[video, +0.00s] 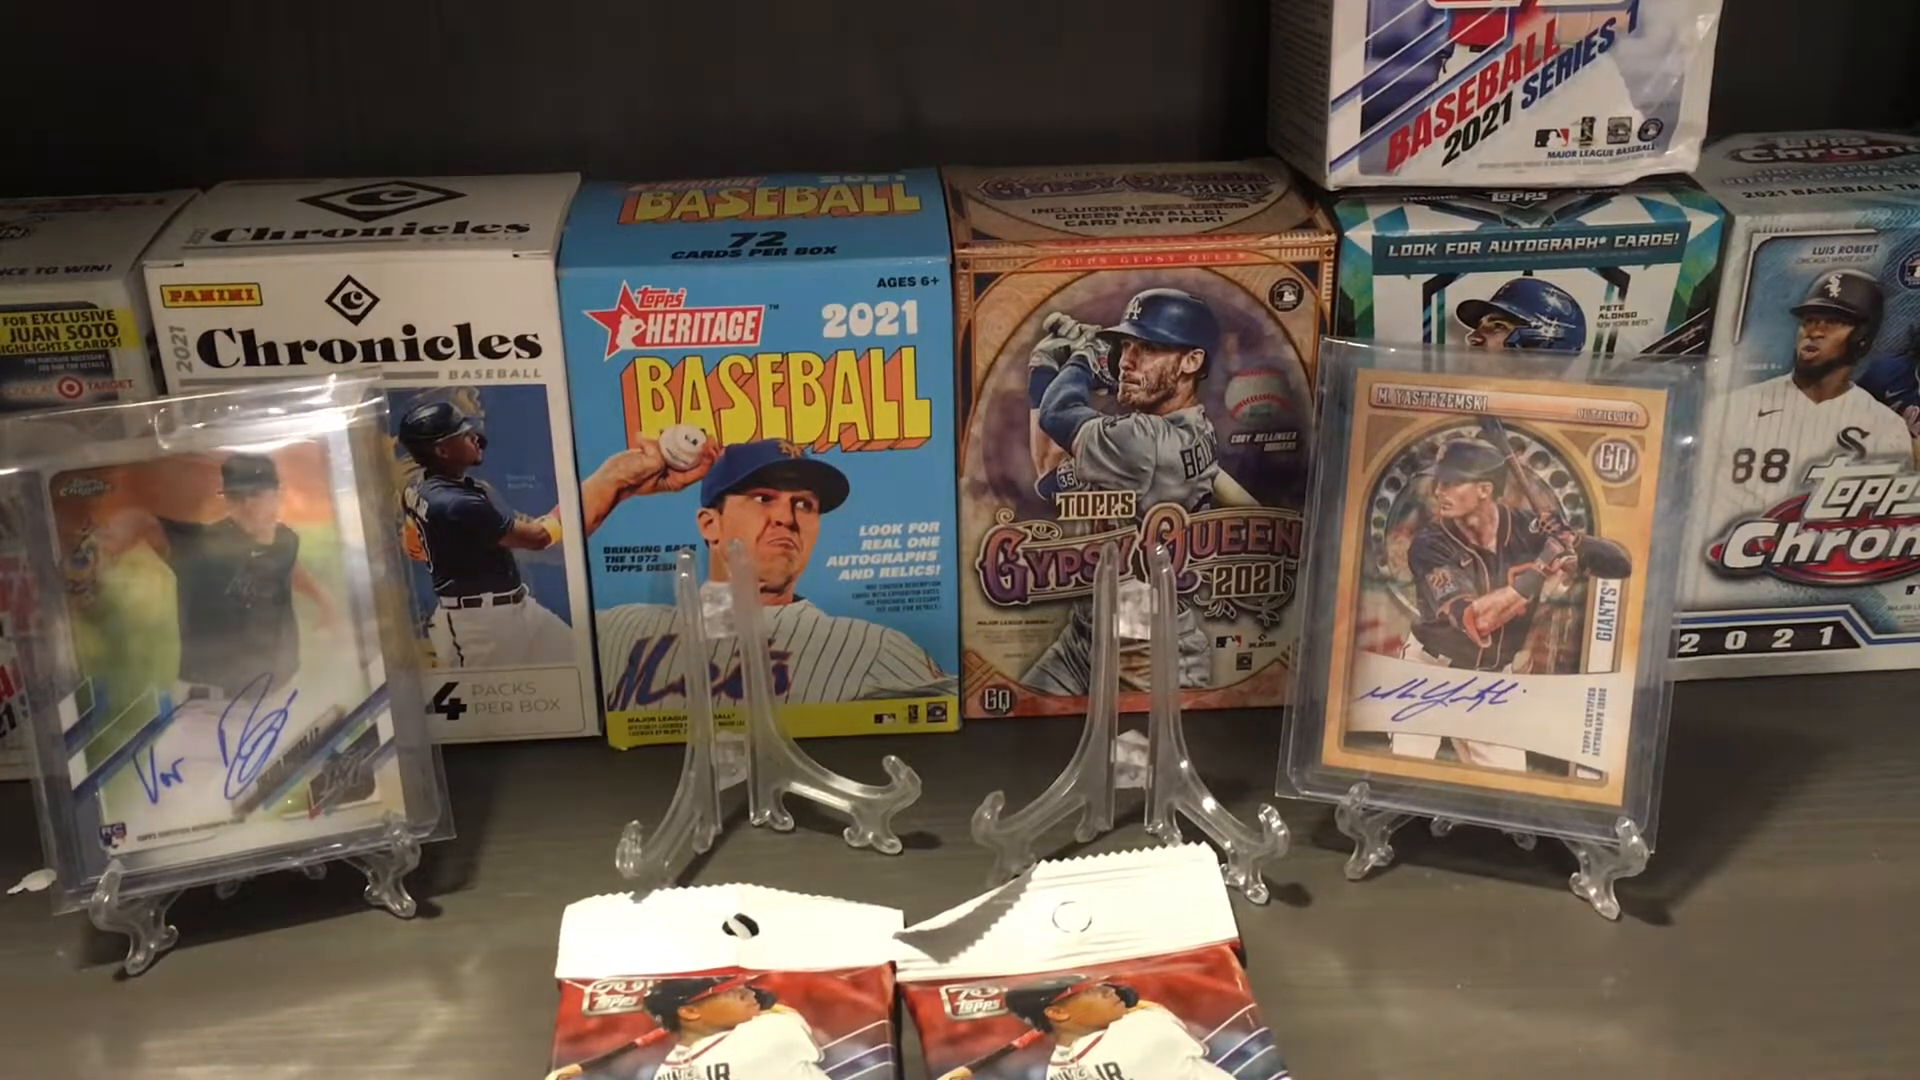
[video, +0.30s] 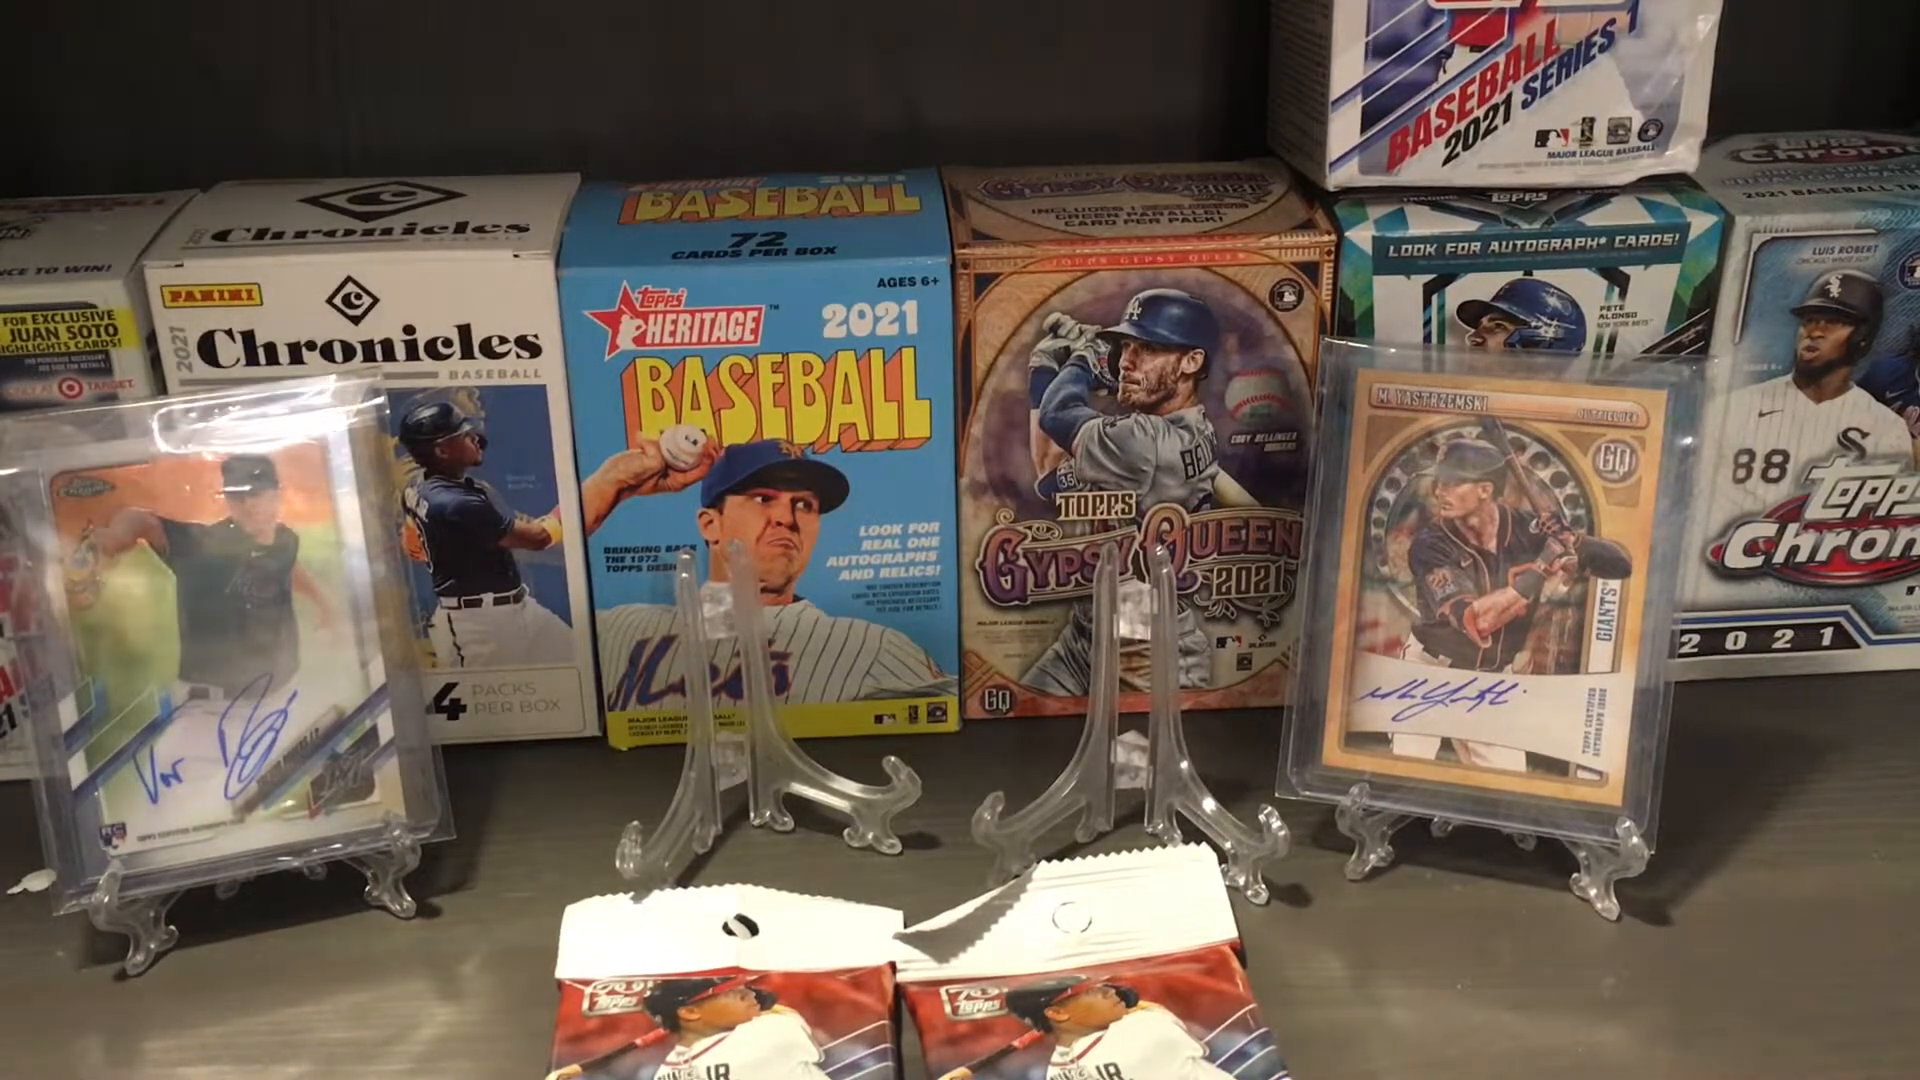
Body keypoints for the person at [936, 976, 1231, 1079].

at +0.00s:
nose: (1107, 990)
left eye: (1097, 985)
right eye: (1090, 990)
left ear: (1059, 1015)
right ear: (1059, 1014)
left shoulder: (1055, 1073)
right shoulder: (1151, 1026)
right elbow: (1145, 1005)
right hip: (1221, 1072)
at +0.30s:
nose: (1108, 991)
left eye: (1097, 986)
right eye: (1090, 990)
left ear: (1059, 1015)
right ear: (1059, 1014)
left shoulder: (1055, 1073)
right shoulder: (1151, 1026)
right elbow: (1145, 1005)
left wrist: (963, 1077)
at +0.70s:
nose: (1107, 990)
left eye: (1097, 985)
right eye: (1090, 990)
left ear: (1059, 1014)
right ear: (1059, 1014)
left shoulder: (1055, 1073)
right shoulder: (1150, 1027)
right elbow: (1146, 1005)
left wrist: (963, 1076)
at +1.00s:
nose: (1107, 990)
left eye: (1096, 985)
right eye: (1090, 990)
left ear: (1059, 1015)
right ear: (1059, 1014)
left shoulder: (1054, 1074)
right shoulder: (1151, 1026)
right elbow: (1144, 1005)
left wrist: (962, 1076)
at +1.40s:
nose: (1109, 991)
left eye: (1098, 985)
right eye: (1091, 990)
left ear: (1059, 1015)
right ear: (1059, 1014)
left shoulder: (1055, 1074)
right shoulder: (1151, 1027)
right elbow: (1144, 1004)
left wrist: (962, 1076)